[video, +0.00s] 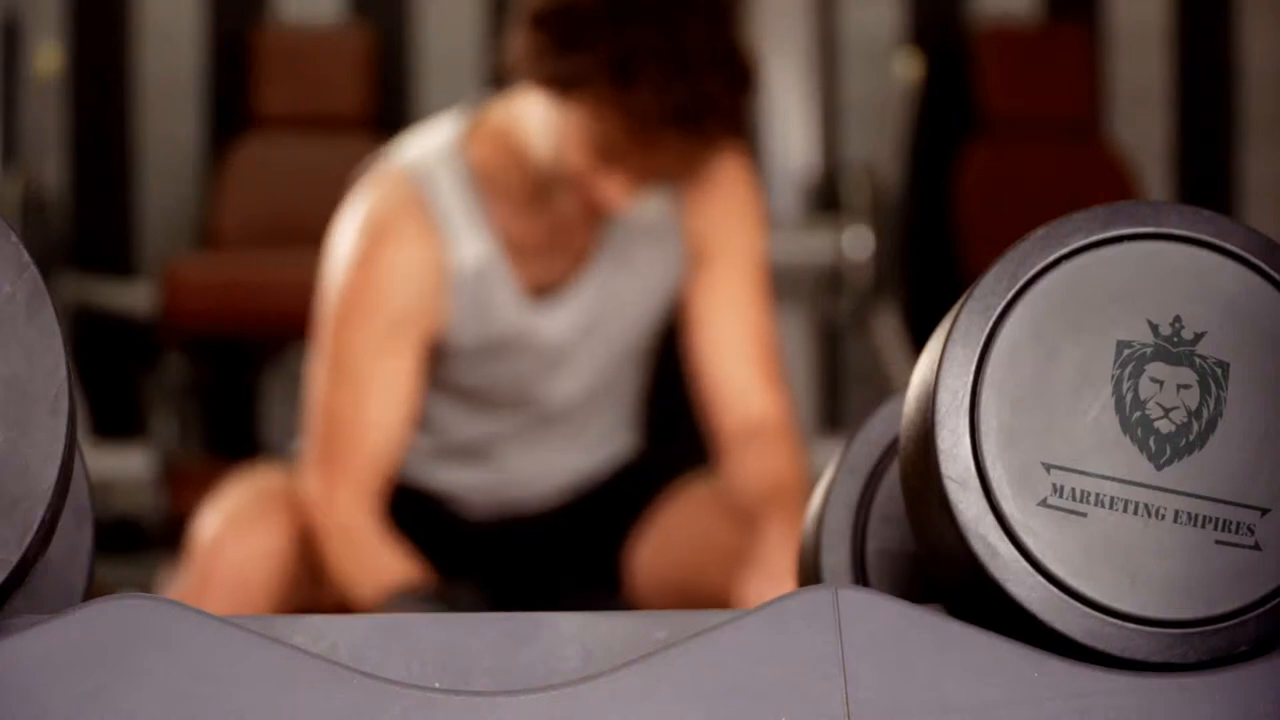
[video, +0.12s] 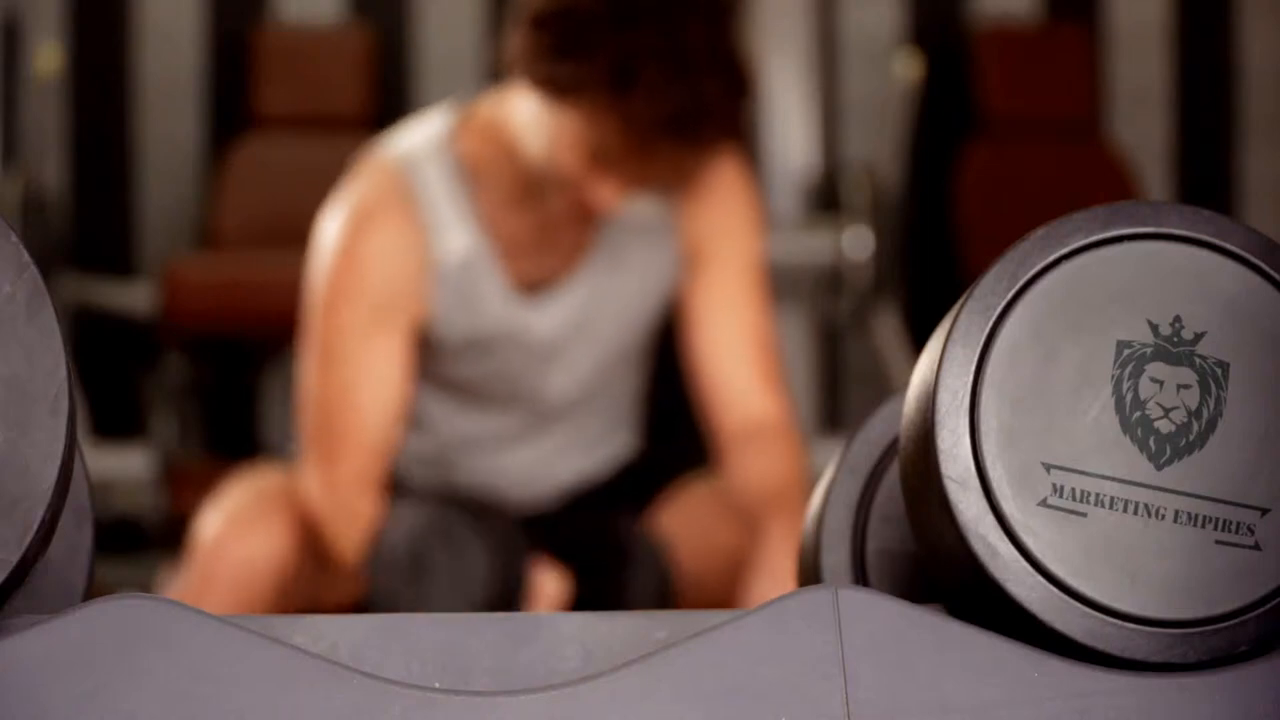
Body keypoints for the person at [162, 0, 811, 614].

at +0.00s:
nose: (622, 199)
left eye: (655, 175)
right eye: (606, 161)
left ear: (695, 146)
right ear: (553, 90)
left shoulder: (705, 175)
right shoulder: (402, 211)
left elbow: (753, 428)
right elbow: (340, 502)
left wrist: (779, 571)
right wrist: (449, 640)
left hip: (602, 515)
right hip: (417, 524)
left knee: (789, 539)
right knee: (245, 524)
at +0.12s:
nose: (613, 202)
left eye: (646, 177)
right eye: (597, 164)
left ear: (690, 148)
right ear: (545, 91)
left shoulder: (701, 175)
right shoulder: (385, 208)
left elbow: (755, 428)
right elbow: (341, 502)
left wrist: (777, 579)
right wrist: (509, 579)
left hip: (604, 519)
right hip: (412, 522)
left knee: (794, 524)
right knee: (245, 527)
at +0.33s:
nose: (602, 204)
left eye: (634, 179)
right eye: (588, 165)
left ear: (678, 153)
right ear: (530, 93)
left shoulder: (686, 175)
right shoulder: (350, 209)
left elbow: (751, 425)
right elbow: (345, 502)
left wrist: (782, 574)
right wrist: (536, 485)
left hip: (590, 532)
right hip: (397, 537)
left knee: (789, 532)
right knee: (243, 524)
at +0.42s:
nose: (597, 203)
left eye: (626, 176)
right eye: (582, 165)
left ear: (663, 144)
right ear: (523, 96)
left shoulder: (679, 175)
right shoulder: (337, 210)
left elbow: (749, 425)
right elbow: (343, 501)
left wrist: (782, 583)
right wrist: (493, 482)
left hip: (594, 522)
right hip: (396, 528)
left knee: (782, 533)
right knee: (239, 532)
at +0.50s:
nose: (588, 201)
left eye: (615, 174)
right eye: (573, 164)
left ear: (652, 137)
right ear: (509, 98)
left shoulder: (671, 173)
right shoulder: (328, 212)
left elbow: (747, 423)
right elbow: (340, 499)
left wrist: (790, 586)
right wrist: (489, 465)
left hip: (600, 522)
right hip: (400, 527)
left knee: (778, 540)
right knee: (235, 532)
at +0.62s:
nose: (577, 201)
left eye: (607, 175)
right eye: (563, 163)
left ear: (643, 141)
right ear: (498, 98)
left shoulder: (668, 176)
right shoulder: (321, 214)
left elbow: (747, 426)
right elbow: (339, 505)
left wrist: (783, 584)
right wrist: (488, 442)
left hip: (604, 524)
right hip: (398, 537)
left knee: (782, 539)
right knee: (232, 532)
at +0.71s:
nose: (578, 201)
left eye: (607, 175)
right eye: (563, 162)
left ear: (644, 142)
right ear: (498, 99)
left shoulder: (667, 174)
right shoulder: (323, 214)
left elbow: (745, 424)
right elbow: (340, 508)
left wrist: (783, 579)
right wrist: (486, 425)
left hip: (600, 518)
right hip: (401, 531)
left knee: (783, 547)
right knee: (231, 533)